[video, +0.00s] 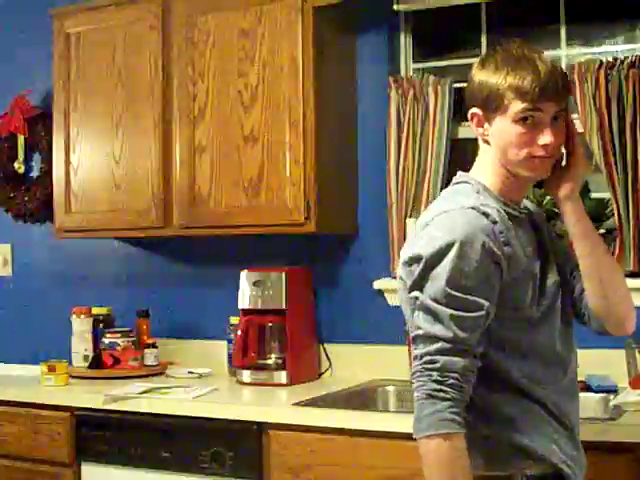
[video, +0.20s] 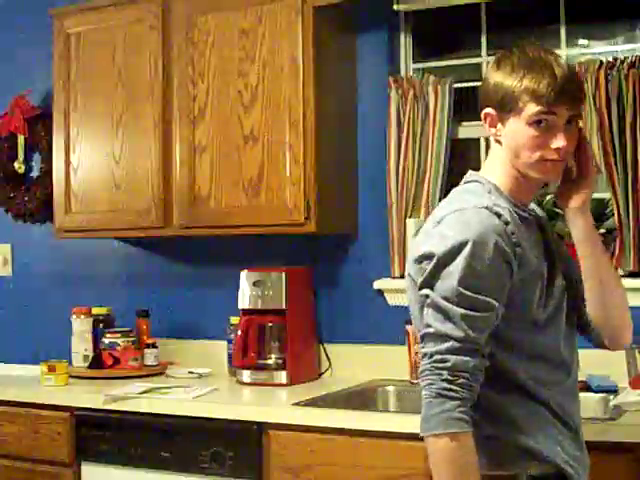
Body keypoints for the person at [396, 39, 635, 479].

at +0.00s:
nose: (548, 139)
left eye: (557, 122)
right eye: (527, 120)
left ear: (566, 127)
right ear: (481, 125)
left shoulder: (535, 223)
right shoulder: (461, 231)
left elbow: (618, 320)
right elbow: (437, 419)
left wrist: (569, 197)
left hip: (558, 460)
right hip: (506, 468)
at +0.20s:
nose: (561, 142)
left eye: (570, 124)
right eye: (541, 123)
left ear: (578, 129)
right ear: (493, 125)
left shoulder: (533, 224)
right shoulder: (474, 230)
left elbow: (615, 335)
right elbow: (443, 417)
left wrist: (578, 211)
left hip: (556, 461)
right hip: (511, 467)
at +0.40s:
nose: (577, 139)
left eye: (586, 121)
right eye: (557, 119)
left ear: (594, 124)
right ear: (509, 122)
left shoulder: (538, 223)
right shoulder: (480, 230)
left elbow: (586, 371)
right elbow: (450, 417)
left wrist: (597, 272)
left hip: (562, 460)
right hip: (520, 467)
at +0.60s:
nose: (580, 126)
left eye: (592, 109)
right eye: (560, 108)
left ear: (603, 118)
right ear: (517, 116)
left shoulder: (558, 222)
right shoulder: (482, 229)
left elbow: (544, 375)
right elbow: (489, 414)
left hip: (560, 460)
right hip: (506, 468)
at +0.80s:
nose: (587, 115)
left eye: (599, 100)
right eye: (566, 99)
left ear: (609, 114)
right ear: (524, 113)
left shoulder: (570, 226)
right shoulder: (489, 225)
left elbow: (562, 380)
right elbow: (494, 413)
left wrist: (574, 467)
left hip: (565, 462)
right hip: (513, 467)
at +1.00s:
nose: (601, 113)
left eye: (608, 98)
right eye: (580, 96)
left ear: (615, 108)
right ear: (530, 108)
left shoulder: (562, 224)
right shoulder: (496, 222)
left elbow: (575, 386)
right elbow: (497, 411)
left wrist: (588, 473)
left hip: (564, 464)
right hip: (515, 468)